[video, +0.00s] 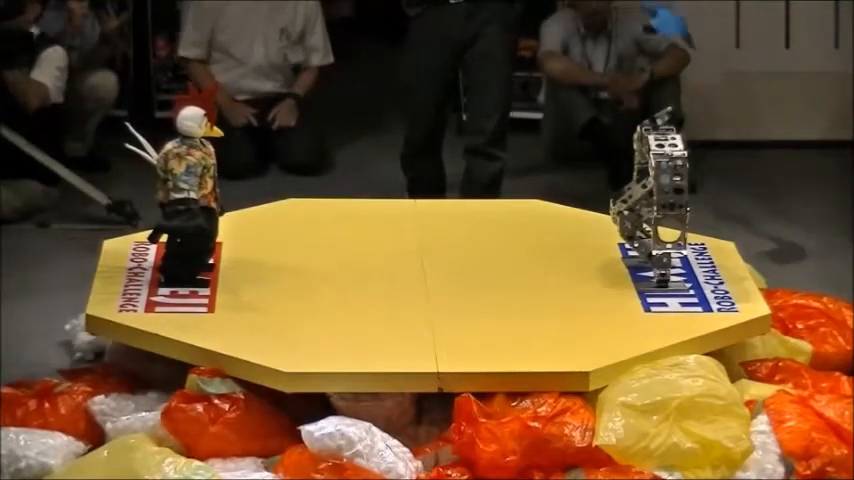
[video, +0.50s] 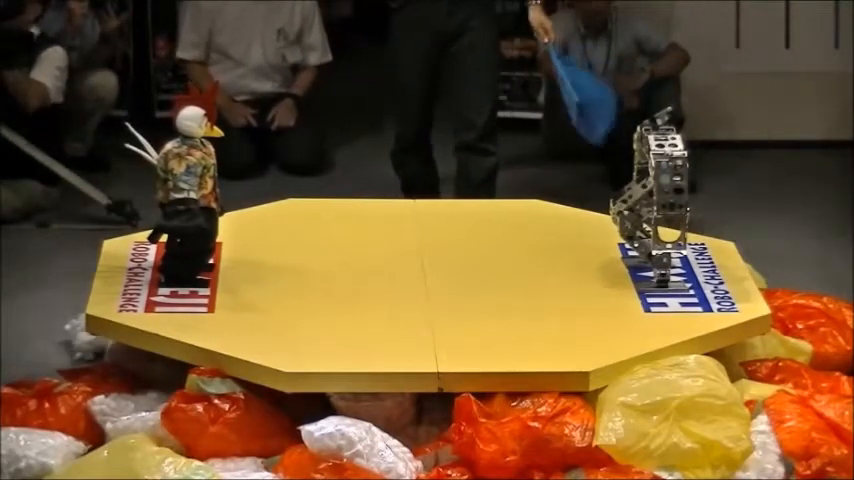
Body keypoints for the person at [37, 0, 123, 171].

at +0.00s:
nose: (79, 10)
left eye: (84, 6)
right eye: (75, 6)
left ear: (88, 8)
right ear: (66, 6)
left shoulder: (91, 24)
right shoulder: (52, 19)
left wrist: (108, 35)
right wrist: (71, 27)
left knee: (105, 82)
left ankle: (80, 148)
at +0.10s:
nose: (79, 10)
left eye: (84, 6)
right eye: (75, 6)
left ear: (88, 8)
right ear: (66, 6)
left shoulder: (91, 24)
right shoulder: (52, 20)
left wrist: (108, 35)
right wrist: (70, 27)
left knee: (105, 82)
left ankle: (81, 147)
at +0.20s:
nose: (79, 10)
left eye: (84, 6)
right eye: (75, 6)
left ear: (88, 8)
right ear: (66, 6)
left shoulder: (91, 24)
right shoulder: (52, 19)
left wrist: (108, 35)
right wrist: (71, 26)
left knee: (105, 82)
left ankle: (81, 147)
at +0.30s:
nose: (80, 10)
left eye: (84, 6)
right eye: (76, 5)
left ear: (88, 7)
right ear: (66, 6)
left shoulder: (92, 24)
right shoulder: (52, 19)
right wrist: (71, 26)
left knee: (105, 82)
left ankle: (80, 147)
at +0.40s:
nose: (79, 10)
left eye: (83, 6)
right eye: (75, 6)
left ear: (88, 8)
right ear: (66, 6)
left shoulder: (92, 24)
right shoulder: (52, 19)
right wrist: (70, 26)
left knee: (105, 82)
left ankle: (80, 147)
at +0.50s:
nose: (79, 10)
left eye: (83, 6)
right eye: (75, 6)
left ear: (88, 8)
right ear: (66, 6)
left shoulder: (92, 24)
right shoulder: (53, 19)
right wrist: (70, 27)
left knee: (105, 82)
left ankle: (81, 147)